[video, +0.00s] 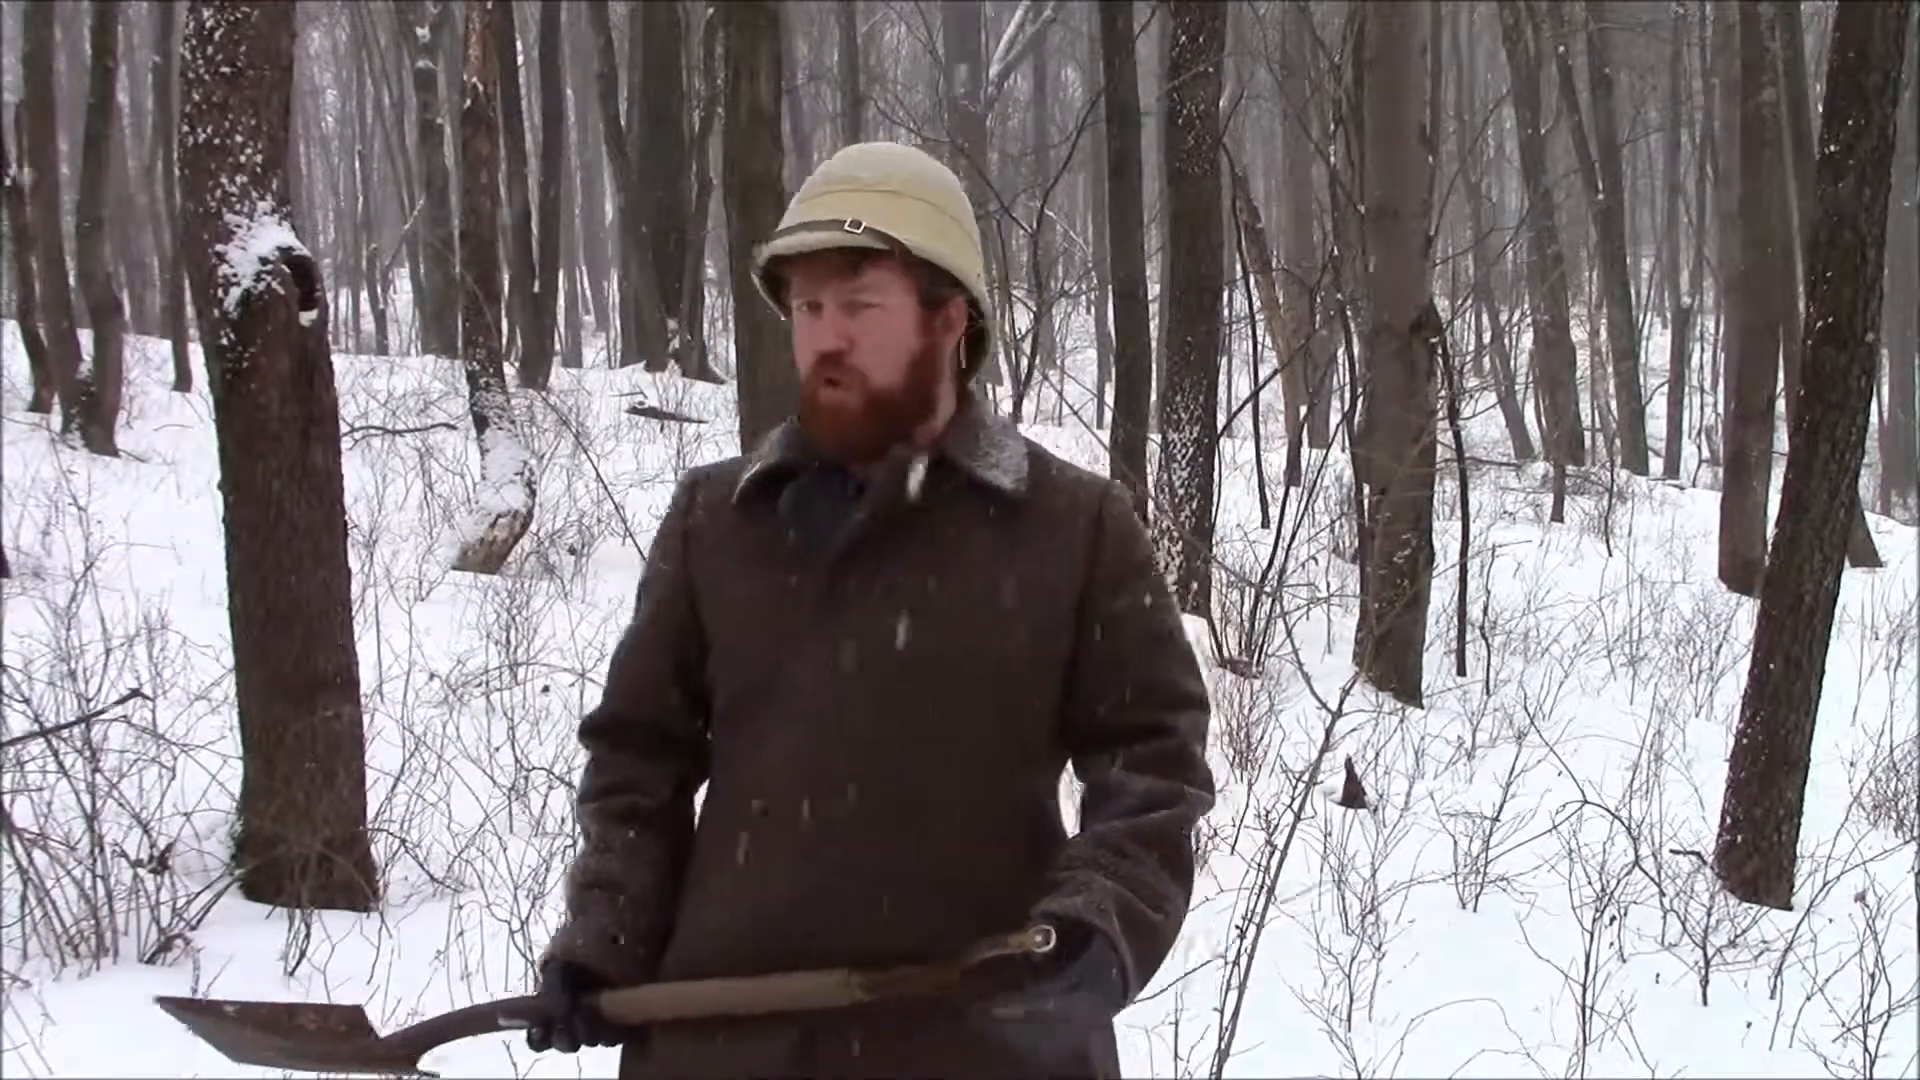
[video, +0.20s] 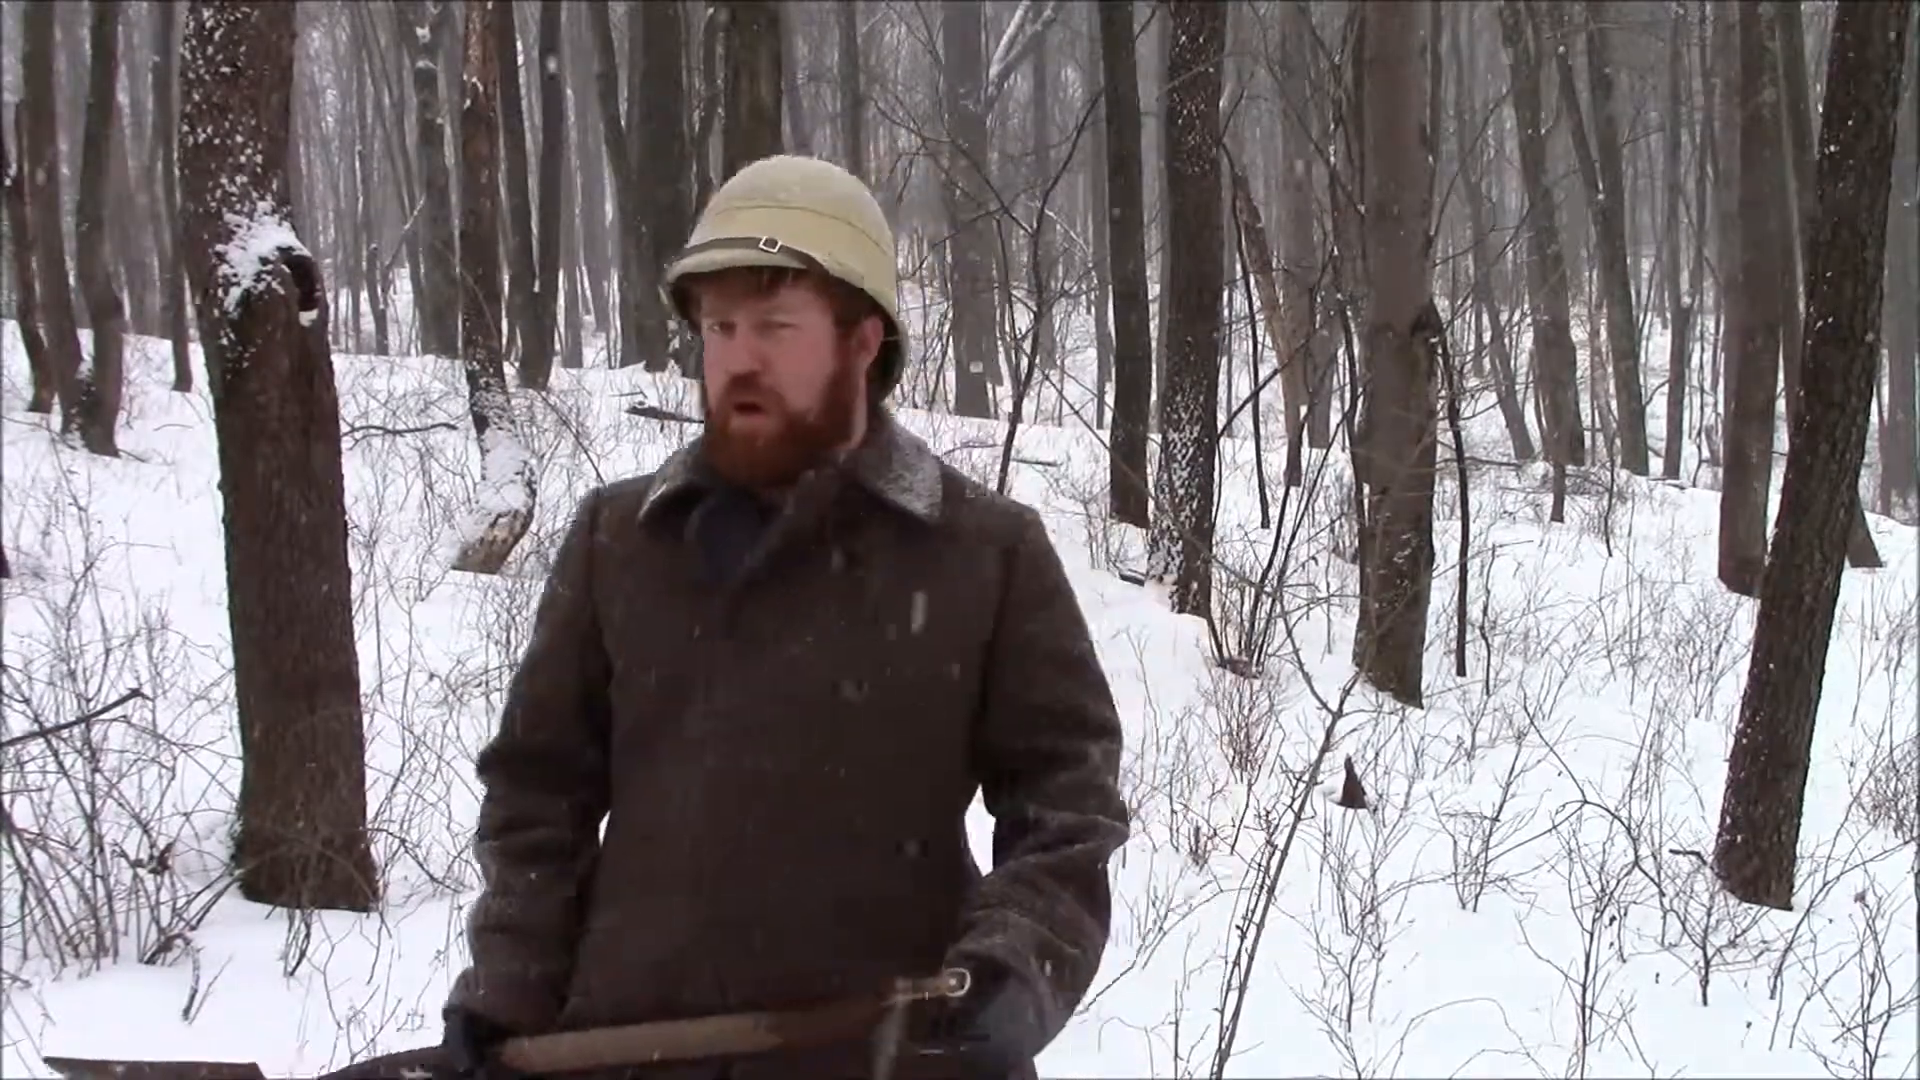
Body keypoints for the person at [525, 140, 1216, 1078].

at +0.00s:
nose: (822, 340)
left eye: (857, 301)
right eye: (804, 308)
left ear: (950, 318)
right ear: (784, 321)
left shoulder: (1076, 528)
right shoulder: (712, 519)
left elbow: (1154, 762)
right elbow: (638, 752)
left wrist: (1101, 921)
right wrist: (602, 939)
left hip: (976, 1038)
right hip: (717, 1040)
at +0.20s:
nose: (738, 363)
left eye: (774, 324)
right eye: (718, 329)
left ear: (864, 339)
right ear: (695, 343)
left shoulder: (991, 556)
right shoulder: (614, 540)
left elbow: (1068, 826)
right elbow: (539, 800)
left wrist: (1005, 985)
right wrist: (500, 1023)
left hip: (879, 1048)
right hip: (625, 1051)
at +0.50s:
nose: (613, 334)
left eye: (647, 295)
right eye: (585, 298)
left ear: (732, 298)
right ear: (552, 308)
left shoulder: (866, 491)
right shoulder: (467, 501)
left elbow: (951, 729)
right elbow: (377, 771)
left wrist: (919, 909)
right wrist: (353, 1009)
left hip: (817, 1041)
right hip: (550, 1047)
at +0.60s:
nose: (590, 337)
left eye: (622, 294)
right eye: (560, 302)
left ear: (709, 296)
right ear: (527, 315)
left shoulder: (850, 486)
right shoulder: (446, 507)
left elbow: (940, 723)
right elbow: (363, 780)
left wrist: (910, 907)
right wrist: (342, 1018)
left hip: (813, 1039)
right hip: (541, 1049)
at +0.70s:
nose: (553, 344)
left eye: (584, 299)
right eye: (524, 308)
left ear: (680, 297)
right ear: (499, 322)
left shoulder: (842, 492)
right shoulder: (437, 517)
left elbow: (937, 720)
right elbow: (361, 787)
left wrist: (922, 907)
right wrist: (354, 1026)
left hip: (805, 1041)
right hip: (532, 1053)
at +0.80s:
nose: (521, 336)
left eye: (551, 289)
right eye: (497, 302)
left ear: (653, 278)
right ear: (476, 313)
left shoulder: (834, 485)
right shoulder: (428, 519)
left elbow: (943, 711)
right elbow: (362, 785)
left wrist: (946, 884)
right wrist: (372, 1005)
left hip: (806, 1040)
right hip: (530, 1052)